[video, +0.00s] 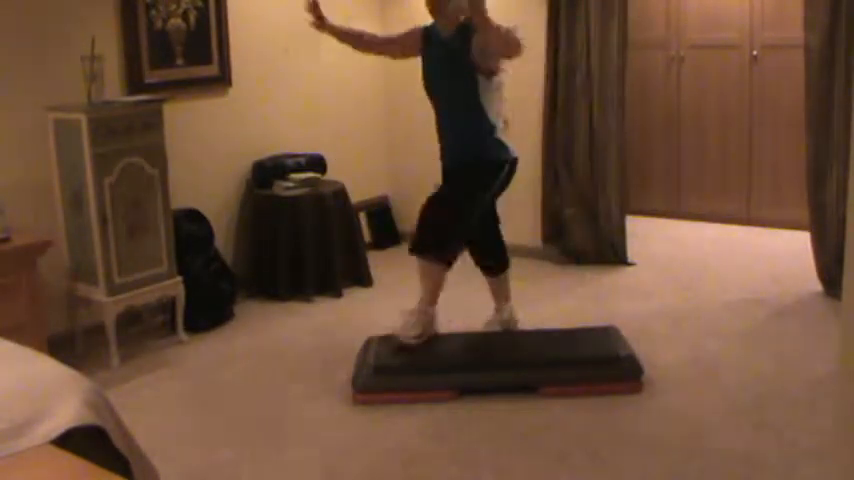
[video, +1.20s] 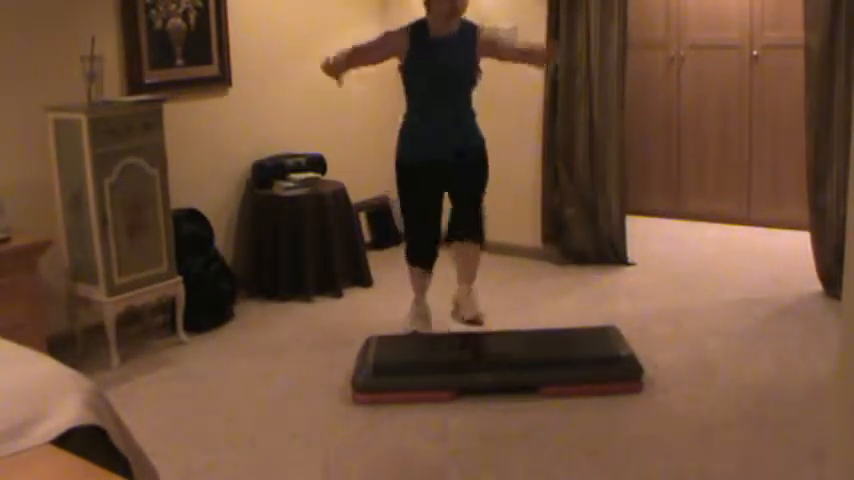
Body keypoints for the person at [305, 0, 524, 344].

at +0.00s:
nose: (433, 7)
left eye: (439, 1)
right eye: (431, 3)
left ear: (460, 3)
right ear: (430, 7)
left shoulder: (480, 34)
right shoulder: (426, 36)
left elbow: (511, 48)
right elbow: (376, 45)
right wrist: (327, 27)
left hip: (490, 158)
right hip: (457, 161)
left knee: (437, 222)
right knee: (484, 236)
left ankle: (424, 315)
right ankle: (505, 314)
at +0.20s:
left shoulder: (452, 13)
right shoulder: (406, 16)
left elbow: (492, 44)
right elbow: (362, 27)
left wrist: (453, 39)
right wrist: (312, 30)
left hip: (465, 141)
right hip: (431, 142)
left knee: (421, 228)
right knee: (431, 227)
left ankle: (420, 318)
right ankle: (477, 290)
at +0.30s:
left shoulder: (449, 8)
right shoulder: (397, 8)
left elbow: (493, 48)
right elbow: (364, 32)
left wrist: (476, 86)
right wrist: (328, 59)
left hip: (460, 129)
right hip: (423, 128)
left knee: (429, 217)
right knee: (391, 212)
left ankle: (420, 315)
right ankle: (454, 261)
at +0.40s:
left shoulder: (442, 9)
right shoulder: (394, 10)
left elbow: (492, 57)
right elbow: (385, 47)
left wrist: (487, 117)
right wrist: (366, 86)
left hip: (456, 131)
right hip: (417, 123)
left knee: (425, 219)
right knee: (362, 173)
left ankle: (421, 315)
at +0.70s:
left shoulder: (450, 17)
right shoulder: (387, 11)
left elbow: (498, 66)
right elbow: (365, 47)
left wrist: (513, 109)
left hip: (444, 134)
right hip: (401, 128)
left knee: (419, 223)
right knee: (365, 196)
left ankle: (420, 315)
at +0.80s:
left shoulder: (455, 11)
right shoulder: (386, 8)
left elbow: (497, 40)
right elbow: (341, 23)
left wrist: (529, 57)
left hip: (441, 132)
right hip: (398, 130)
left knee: (424, 221)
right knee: (395, 218)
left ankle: (418, 315)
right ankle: (416, 309)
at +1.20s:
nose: (454, 5)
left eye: (457, 0)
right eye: (447, 0)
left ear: (462, 4)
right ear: (430, 3)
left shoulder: (474, 37)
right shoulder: (408, 37)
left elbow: (519, 52)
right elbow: (364, 54)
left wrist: (553, 54)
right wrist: (337, 65)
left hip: (465, 144)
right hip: (419, 146)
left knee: (469, 219)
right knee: (421, 228)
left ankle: (465, 296)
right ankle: (419, 305)